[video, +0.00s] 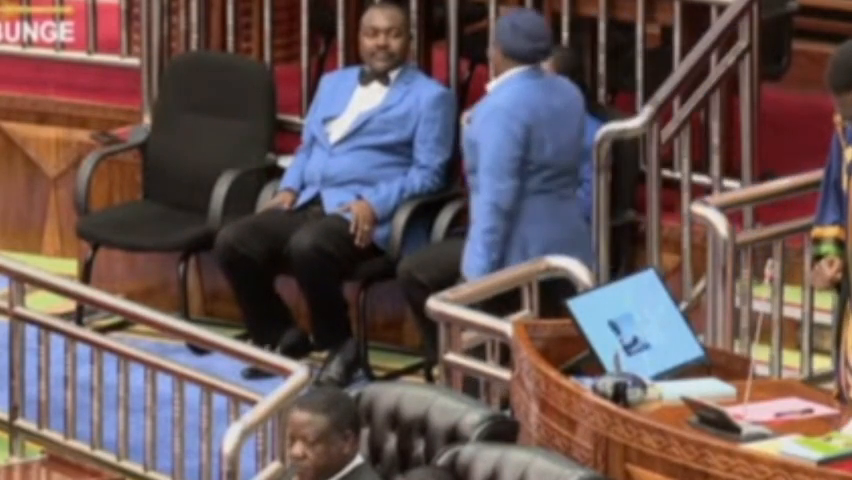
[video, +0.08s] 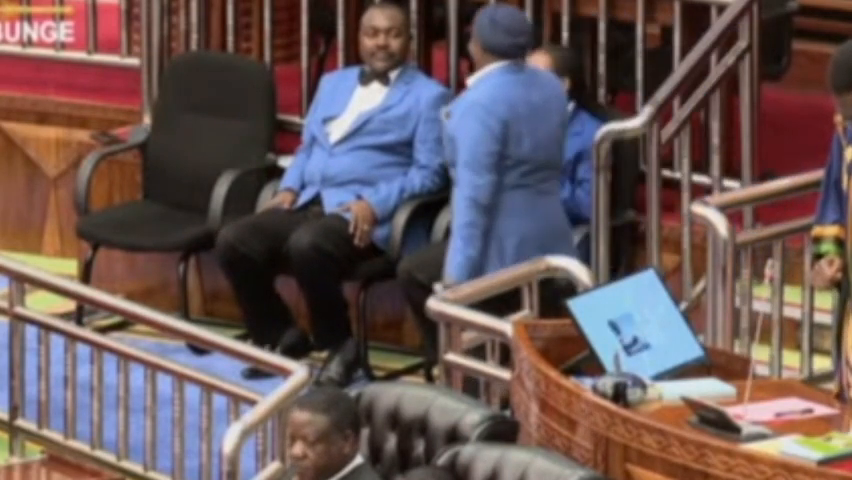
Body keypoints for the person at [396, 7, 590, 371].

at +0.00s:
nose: (489, 52)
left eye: (492, 46)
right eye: (492, 45)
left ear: (497, 52)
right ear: (542, 52)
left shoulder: (500, 108)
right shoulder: (569, 94)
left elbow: (496, 200)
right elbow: (577, 172)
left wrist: (475, 277)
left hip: (516, 253)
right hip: (571, 245)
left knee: (414, 272)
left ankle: (455, 369)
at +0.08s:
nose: (470, 45)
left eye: (472, 40)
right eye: (473, 39)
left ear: (476, 46)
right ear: (525, 45)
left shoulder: (480, 103)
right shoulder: (552, 87)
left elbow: (474, 196)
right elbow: (554, 168)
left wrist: (456, 279)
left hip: (499, 245)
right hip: (553, 239)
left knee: (413, 273)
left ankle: (454, 372)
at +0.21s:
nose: (438, 39)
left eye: (441, 33)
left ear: (444, 38)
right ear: (493, 36)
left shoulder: (444, 90)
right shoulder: (527, 80)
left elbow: (431, 178)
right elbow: (532, 159)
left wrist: (400, 253)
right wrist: (517, 195)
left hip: (456, 231)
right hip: (519, 228)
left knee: (450, 346)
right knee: (509, 340)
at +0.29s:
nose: (424, 37)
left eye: (425, 31)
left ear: (433, 37)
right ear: (483, 33)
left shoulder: (429, 85)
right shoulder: (517, 79)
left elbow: (408, 172)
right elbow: (523, 158)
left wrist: (374, 243)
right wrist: (504, 191)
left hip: (444, 230)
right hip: (506, 227)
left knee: (446, 348)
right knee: (500, 342)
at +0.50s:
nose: (390, 37)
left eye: (398, 29)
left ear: (414, 32)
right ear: (460, 31)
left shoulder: (402, 82)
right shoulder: (494, 80)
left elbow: (376, 164)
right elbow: (499, 157)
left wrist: (347, 219)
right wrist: (493, 201)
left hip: (421, 221)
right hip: (478, 219)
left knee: (431, 331)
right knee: (466, 328)